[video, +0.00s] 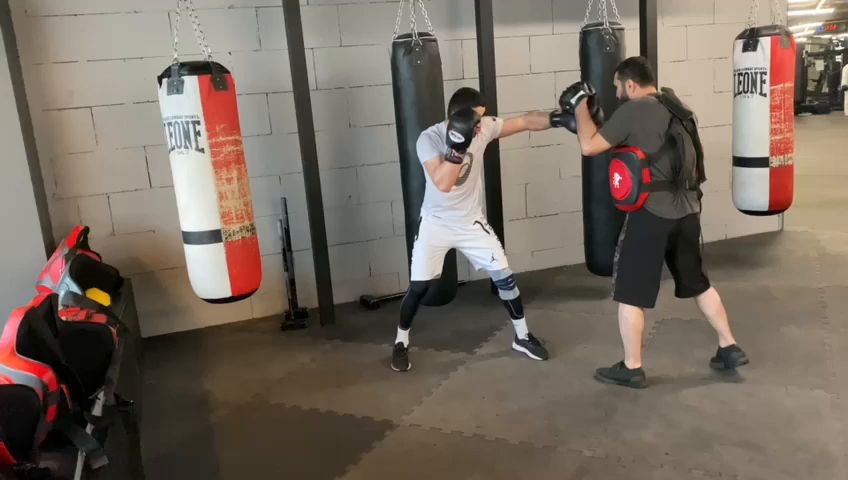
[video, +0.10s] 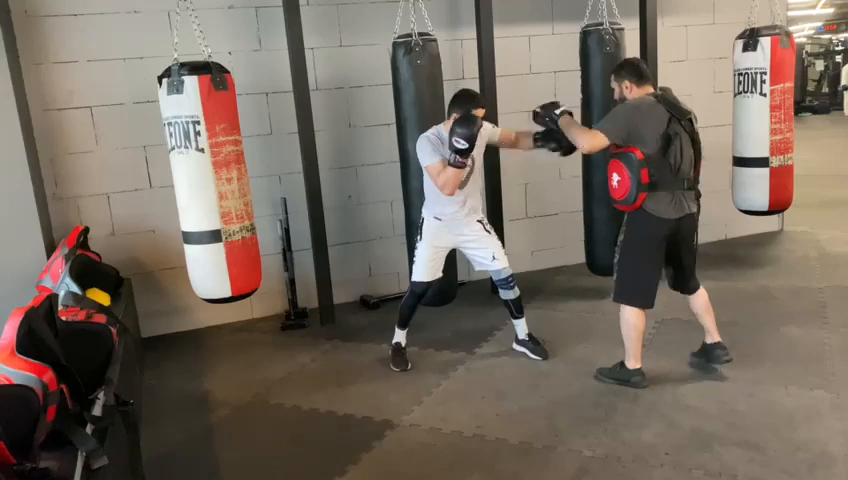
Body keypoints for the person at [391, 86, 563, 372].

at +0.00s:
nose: (484, 118)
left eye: (484, 114)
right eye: (480, 114)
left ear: (478, 117)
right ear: (462, 115)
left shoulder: (484, 129)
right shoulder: (429, 139)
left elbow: (524, 122)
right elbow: (443, 183)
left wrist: (559, 119)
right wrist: (458, 146)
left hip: (472, 222)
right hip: (435, 224)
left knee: (503, 275)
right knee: (419, 285)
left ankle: (523, 336)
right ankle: (400, 342)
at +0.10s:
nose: (482, 120)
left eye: (482, 117)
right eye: (479, 116)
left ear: (473, 117)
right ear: (460, 116)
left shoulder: (480, 131)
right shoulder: (428, 142)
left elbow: (514, 139)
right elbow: (447, 187)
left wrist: (546, 138)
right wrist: (461, 152)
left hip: (472, 221)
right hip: (436, 225)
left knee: (503, 274)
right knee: (420, 285)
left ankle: (523, 336)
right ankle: (398, 342)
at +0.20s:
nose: (472, 122)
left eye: (475, 117)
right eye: (468, 116)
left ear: (472, 117)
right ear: (448, 114)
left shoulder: (469, 133)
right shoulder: (422, 142)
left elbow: (487, 161)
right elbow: (441, 189)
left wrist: (510, 152)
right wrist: (456, 155)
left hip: (468, 223)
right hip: (433, 226)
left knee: (500, 275)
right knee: (419, 290)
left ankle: (522, 336)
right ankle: (398, 342)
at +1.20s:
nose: (474, 130)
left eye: (476, 126)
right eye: (475, 125)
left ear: (464, 117)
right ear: (467, 117)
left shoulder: (453, 141)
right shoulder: (437, 135)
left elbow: (467, 183)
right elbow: (461, 181)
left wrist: (483, 152)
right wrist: (478, 151)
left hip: (446, 225)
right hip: (421, 227)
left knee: (482, 277)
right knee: (412, 296)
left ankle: (505, 335)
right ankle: (383, 349)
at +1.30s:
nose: (488, 145)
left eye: (489, 142)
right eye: (489, 140)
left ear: (472, 130)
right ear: (478, 131)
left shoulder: (449, 147)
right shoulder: (458, 148)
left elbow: (449, 198)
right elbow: (500, 183)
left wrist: (477, 185)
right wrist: (503, 148)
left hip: (451, 231)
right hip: (427, 235)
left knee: (490, 277)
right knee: (422, 306)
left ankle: (504, 336)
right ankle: (380, 350)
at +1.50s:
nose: (500, 139)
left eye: (503, 134)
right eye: (496, 132)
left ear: (501, 132)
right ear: (481, 126)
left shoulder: (495, 154)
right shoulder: (445, 139)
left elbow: (509, 181)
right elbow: (435, 179)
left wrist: (541, 190)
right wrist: (462, 148)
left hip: (465, 232)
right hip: (429, 230)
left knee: (498, 288)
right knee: (411, 293)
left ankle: (505, 338)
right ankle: (390, 348)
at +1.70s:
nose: (488, 136)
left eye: (491, 131)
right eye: (485, 129)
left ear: (492, 130)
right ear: (468, 122)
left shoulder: (482, 152)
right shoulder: (435, 140)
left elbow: (487, 188)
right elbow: (432, 186)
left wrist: (513, 193)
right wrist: (460, 158)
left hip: (462, 231)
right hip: (426, 230)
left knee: (498, 279)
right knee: (405, 291)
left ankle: (505, 336)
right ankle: (381, 340)